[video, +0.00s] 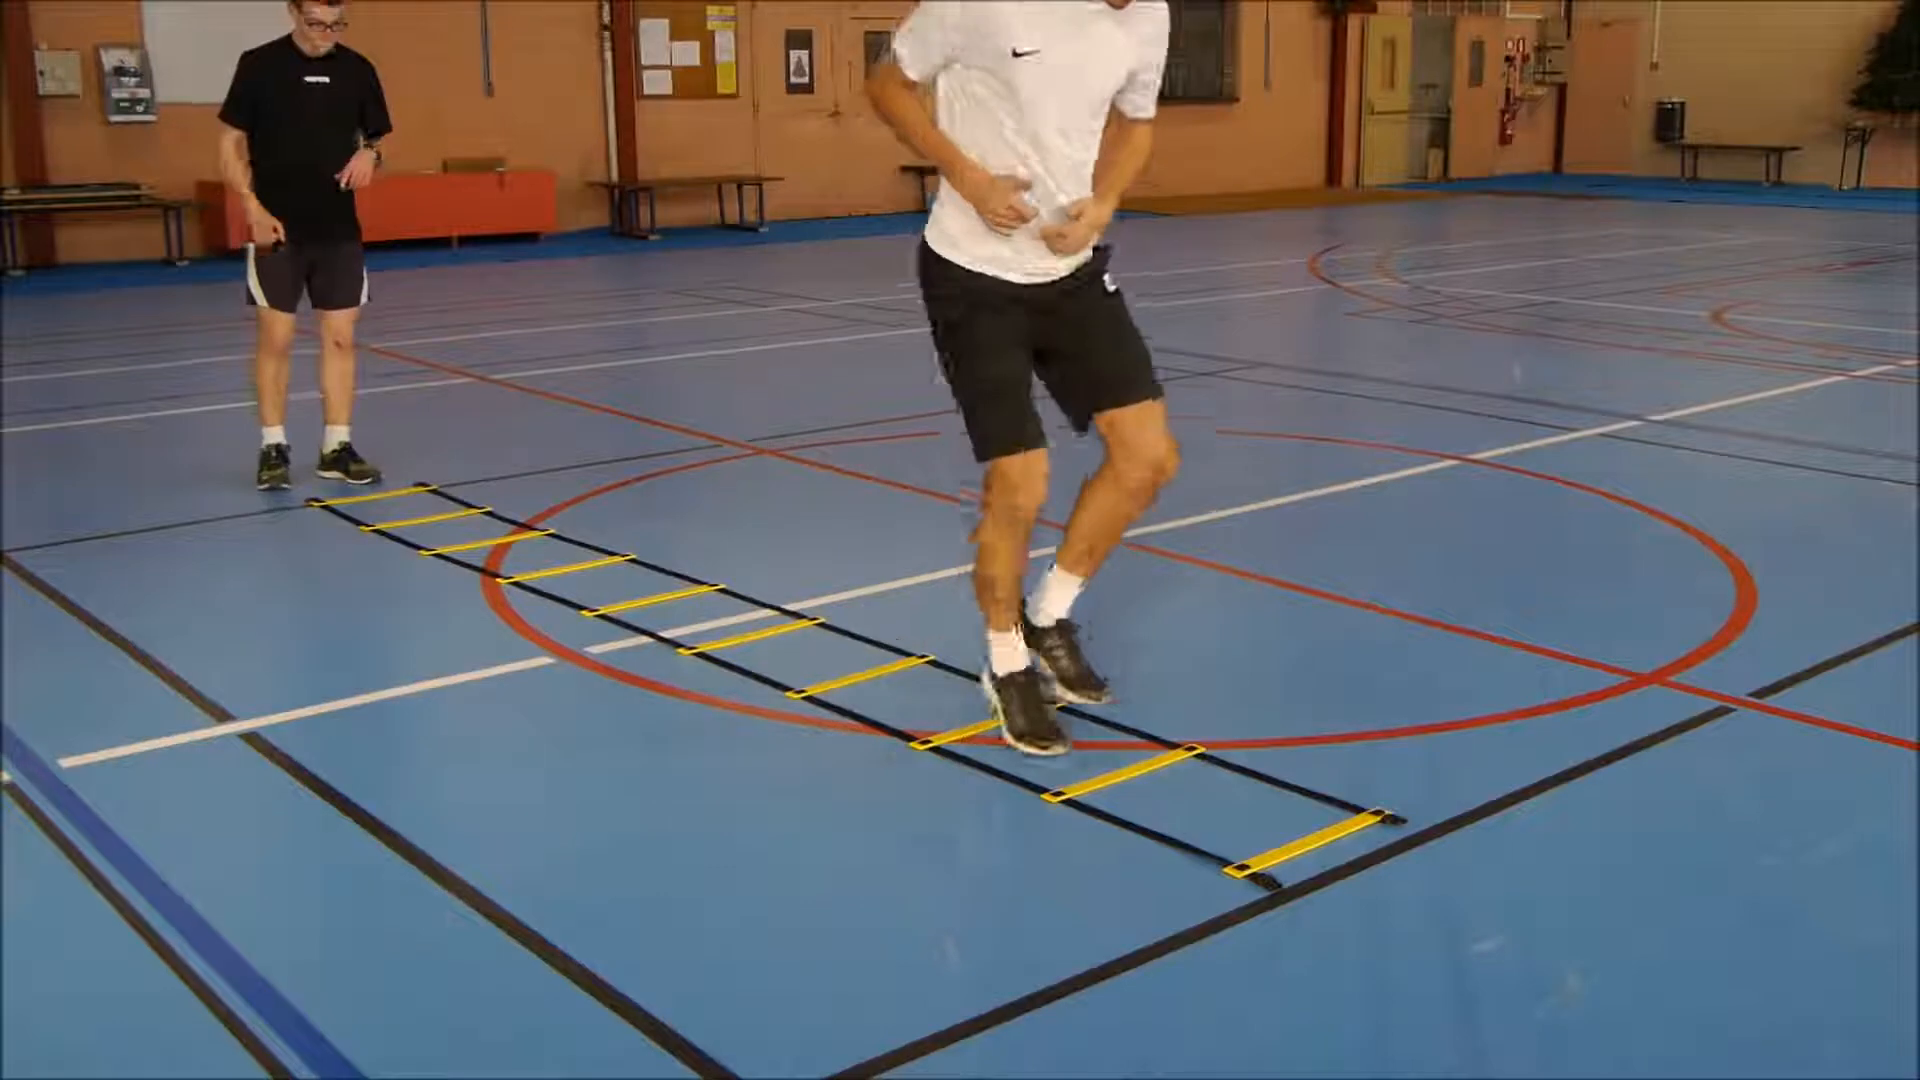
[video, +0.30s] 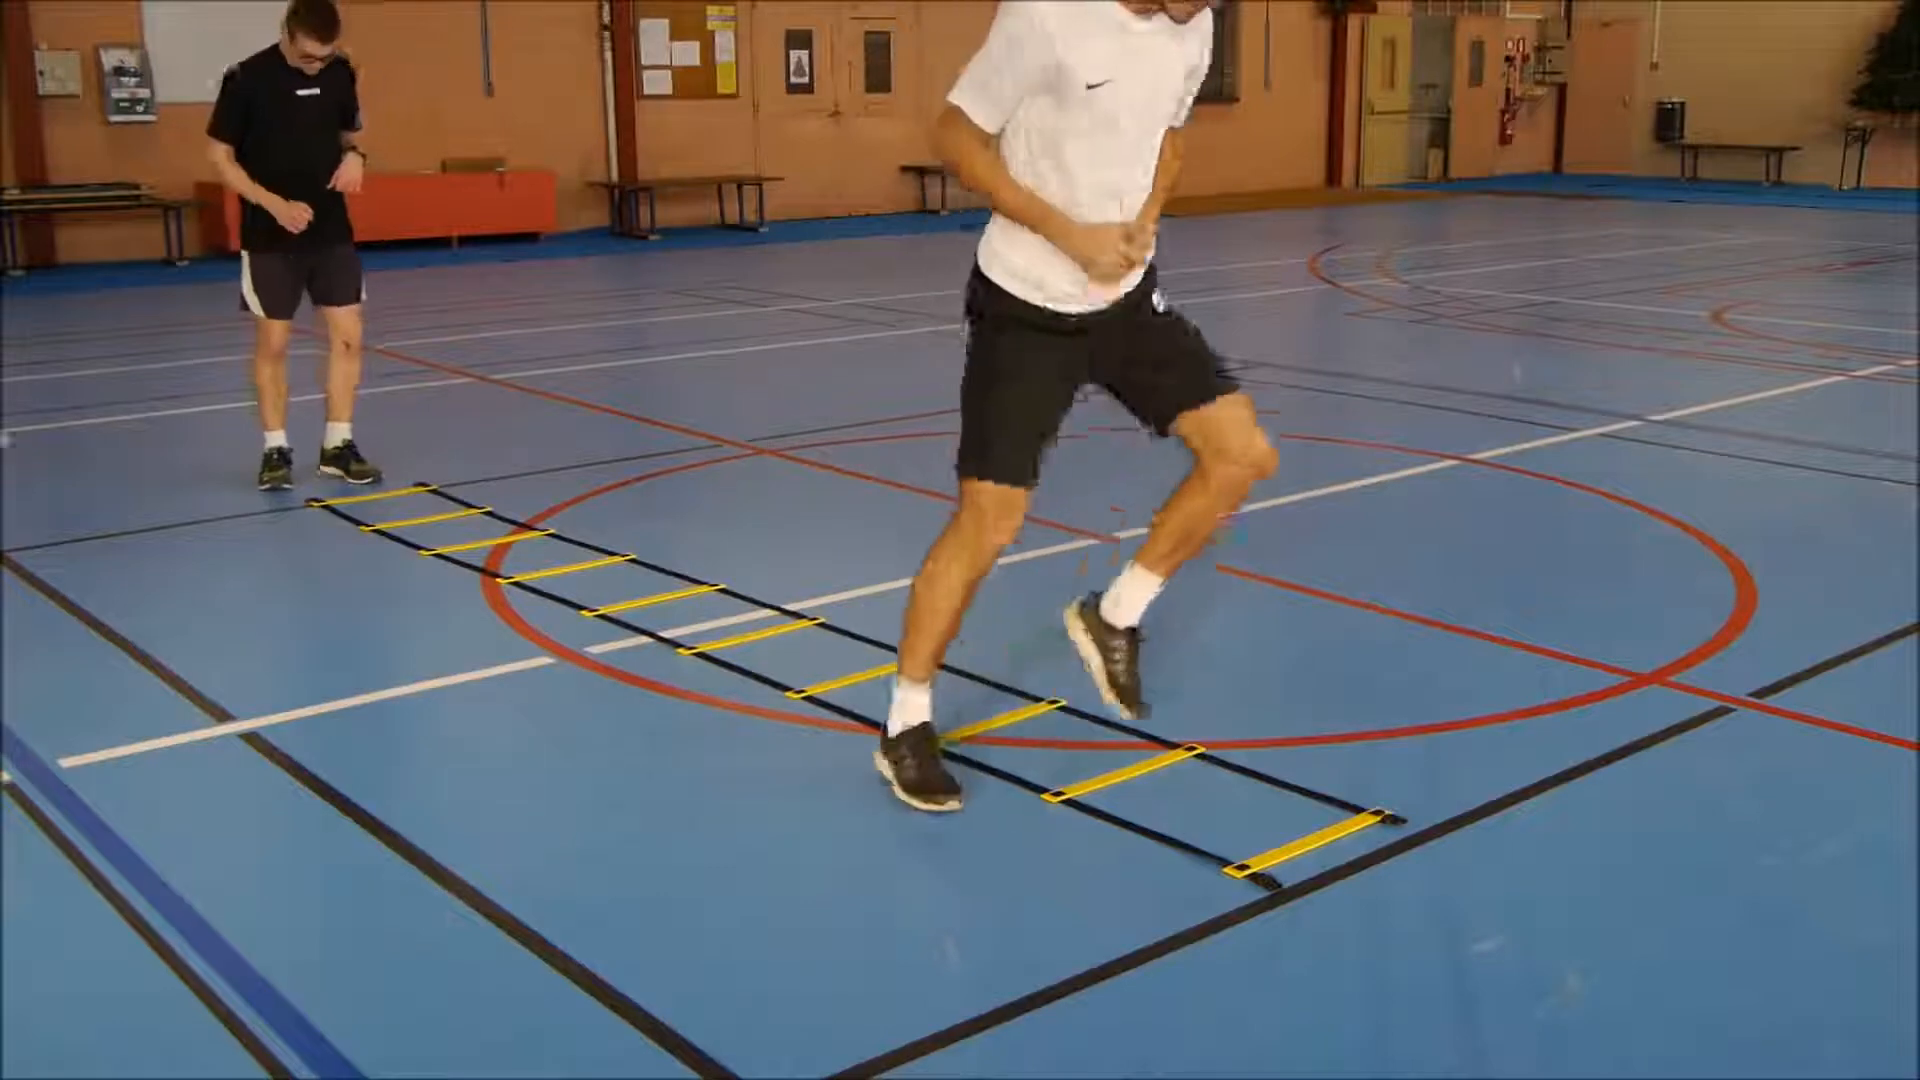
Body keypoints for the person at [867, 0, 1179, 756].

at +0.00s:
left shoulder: (1148, 15)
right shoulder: (978, 9)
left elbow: (1134, 119)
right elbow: (888, 84)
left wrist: (1100, 205)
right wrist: (968, 176)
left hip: (1072, 269)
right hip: (970, 269)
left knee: (1147, 456)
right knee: (1018, 481)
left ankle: (1046, 616)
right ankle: (1006, 665)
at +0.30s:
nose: (1196, 4)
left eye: (1201, 2)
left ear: (1199, 0)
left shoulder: (1197, 23)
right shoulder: (1042, 18)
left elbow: (1169, 136)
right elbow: (955, 135)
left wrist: (1144, 229)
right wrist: (1069, 233)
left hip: (1126, 300)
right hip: (1024, 305)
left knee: (1240, 457)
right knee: (989, 523)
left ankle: (1114, 616)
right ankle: (907, 719)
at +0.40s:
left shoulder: (1253, 17)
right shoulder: (1085, 11)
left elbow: (1224, 120)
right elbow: (999, 120)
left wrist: (1194, 215)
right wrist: (1088, 228)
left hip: (1173, 281)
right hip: (1060, 285)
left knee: (1266, 462)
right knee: (1042, 509)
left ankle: (1211, 657)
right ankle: (954, 695)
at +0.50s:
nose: (1266, 3)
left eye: (1276, 2)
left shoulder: (1293, 22)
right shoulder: (1106, 13)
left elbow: (1277, 133)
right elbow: (1026, 113)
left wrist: (1235, 220)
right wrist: (1094, 217)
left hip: (1209, 300)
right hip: (1096, 295)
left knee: (1261, 500)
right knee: (1085, 500)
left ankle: (1218, 675)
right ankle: (1050, 674)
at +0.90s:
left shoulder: (1425, 13)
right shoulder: (1220, 8)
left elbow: (1402, 135)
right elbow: (1135, 109)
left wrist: (1350, 224)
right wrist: (1204, 227)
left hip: (1319, 308)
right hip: (1201, 296)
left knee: (1335, 536)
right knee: (1212, 533)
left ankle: (1207, 715)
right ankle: (1127, 743)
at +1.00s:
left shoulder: (1436, 19)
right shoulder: (1284, 18)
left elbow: (1362, 142)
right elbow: (1178, 163)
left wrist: (1386, 224)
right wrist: (1306, 284)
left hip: (1357, 340)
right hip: (1253, 343)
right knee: (1189, 598)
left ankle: (1319, 675)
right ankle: (1070, 808)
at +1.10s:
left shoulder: (1473, 25)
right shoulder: (1350, 23)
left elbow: (1394, 161)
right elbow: (1248, 181)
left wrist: (1446, 235)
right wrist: (1384, 299)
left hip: (1403, 343)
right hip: (1299, 346)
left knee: (1544, 510)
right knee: (1210, 596)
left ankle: (1414, 702)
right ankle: (1074, 803)